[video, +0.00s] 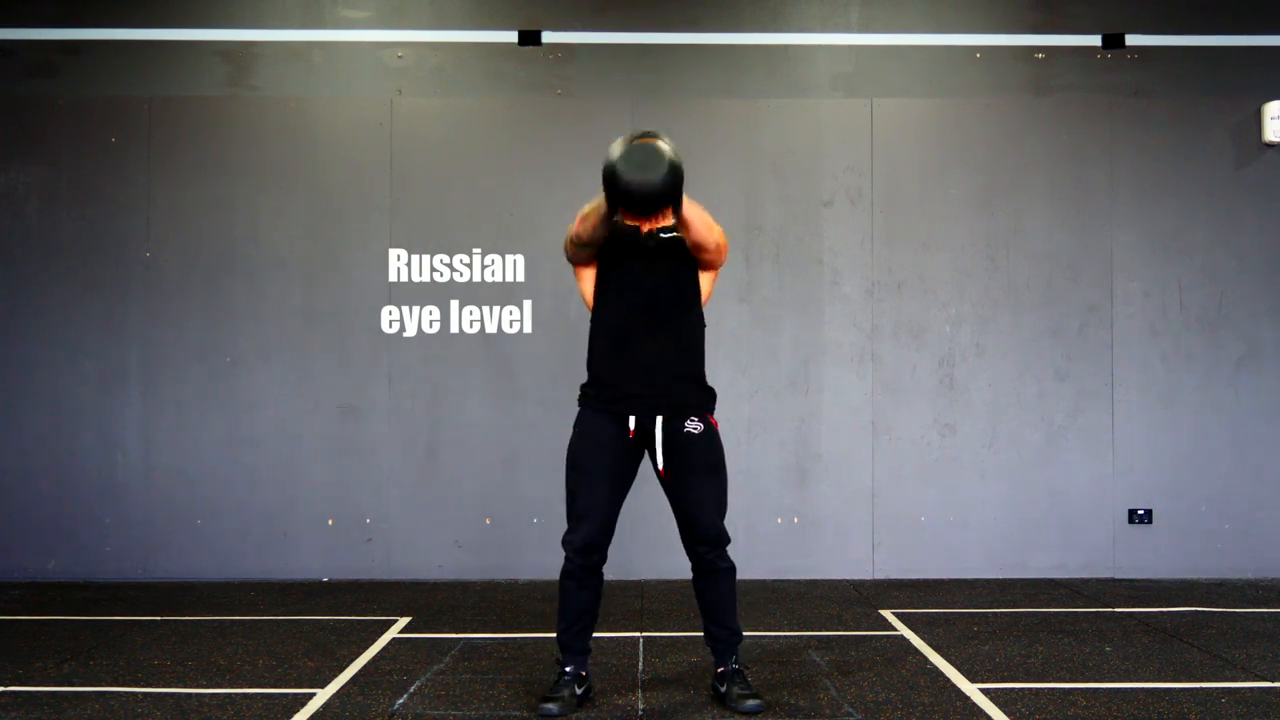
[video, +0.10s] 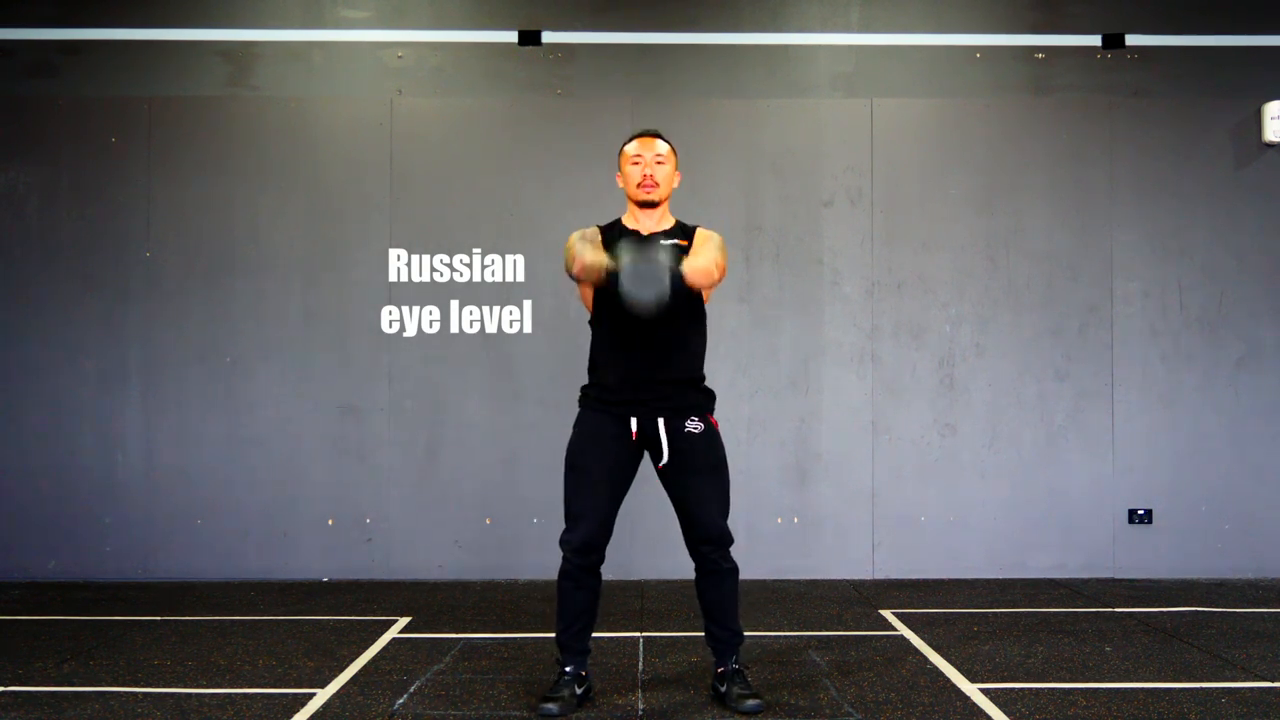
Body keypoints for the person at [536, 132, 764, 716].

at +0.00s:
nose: (646, 225)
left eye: (656, 216)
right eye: (635, 217)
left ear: (675, 205)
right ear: (615, 208)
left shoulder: (701, 252)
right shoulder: (591, 247)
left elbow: (713, 242)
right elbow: (580, 235)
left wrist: (674, 193)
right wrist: (614, 199)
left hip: (684, 413)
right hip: (607, 411)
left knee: (709, 543)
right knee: (583, 544)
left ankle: (729, 669)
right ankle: (572, 671)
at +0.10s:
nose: (648, 169)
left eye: (659, 160)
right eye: (636, 160)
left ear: (676, 177)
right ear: (619, 177)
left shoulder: (702, 240)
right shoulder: (592, 240)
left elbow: (706, 270)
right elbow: (583, 262)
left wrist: (677, 275)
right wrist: (605, 269)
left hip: (684, 413)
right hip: (607, 413)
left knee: (712, 542)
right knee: (581, 543)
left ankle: (729, 670)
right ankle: (571, 672)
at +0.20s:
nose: (648, 169)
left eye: (659, 161)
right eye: (635, 161)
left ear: (676, 177)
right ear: (618, 177)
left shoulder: (705, 248)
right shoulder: (587, 248)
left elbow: (701, 311)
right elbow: (592, 306)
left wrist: (674, 354)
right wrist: (621, 348)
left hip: (685, 412)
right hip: (606, 412)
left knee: (721, 542)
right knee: (572, 544)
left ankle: (730, 669)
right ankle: (571, 672)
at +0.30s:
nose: (647, 180)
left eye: (658, 171)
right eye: (634, 172)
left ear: (676, 186)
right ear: (616, 188)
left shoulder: (707, 267)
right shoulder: (584, 267)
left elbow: (698, 359)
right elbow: (595, 358)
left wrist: (674, 431)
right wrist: (621, 430)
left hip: (686, 421)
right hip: (604, 420)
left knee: (735, 547)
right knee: (558, 545)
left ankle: (731, 671)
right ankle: (570, 673)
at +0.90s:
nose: (641, 179)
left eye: (653, 171)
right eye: (629, 171)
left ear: (672, 187)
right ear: (614, 188)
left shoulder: (705, 257)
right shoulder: (582, 262)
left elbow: (700, 333)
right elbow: (593, 336)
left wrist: (678, 393)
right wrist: (622, 391)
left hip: (689, 420)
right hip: (607, 423)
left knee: (729, 548)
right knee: (576, 548)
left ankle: (730, 672)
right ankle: (572, 674)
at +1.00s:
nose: (645, 175)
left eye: (656, 166)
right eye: (633, 167)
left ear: (674, 185)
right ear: (617, 185)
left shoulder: (702, 246)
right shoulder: (589, 246)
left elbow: (704, 280)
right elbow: (590, 278)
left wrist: (677, 302)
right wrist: (620, 297)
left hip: (686, 413)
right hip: (611, 413)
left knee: (714, 543)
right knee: (584, 543)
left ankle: (729, 670)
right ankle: (572, 672)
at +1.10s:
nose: (648, 168)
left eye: (660, 163)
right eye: (635, 163)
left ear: (678, 186)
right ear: (618, 186)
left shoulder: (701, 246)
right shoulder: (592, 248)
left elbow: (711, 261)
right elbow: (581, 250)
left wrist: (674, 225)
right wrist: (618, 223)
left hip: (686, 414)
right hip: (610, 413)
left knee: (710, 544)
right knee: (585, 545)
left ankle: (729, 670)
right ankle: (572, 671)